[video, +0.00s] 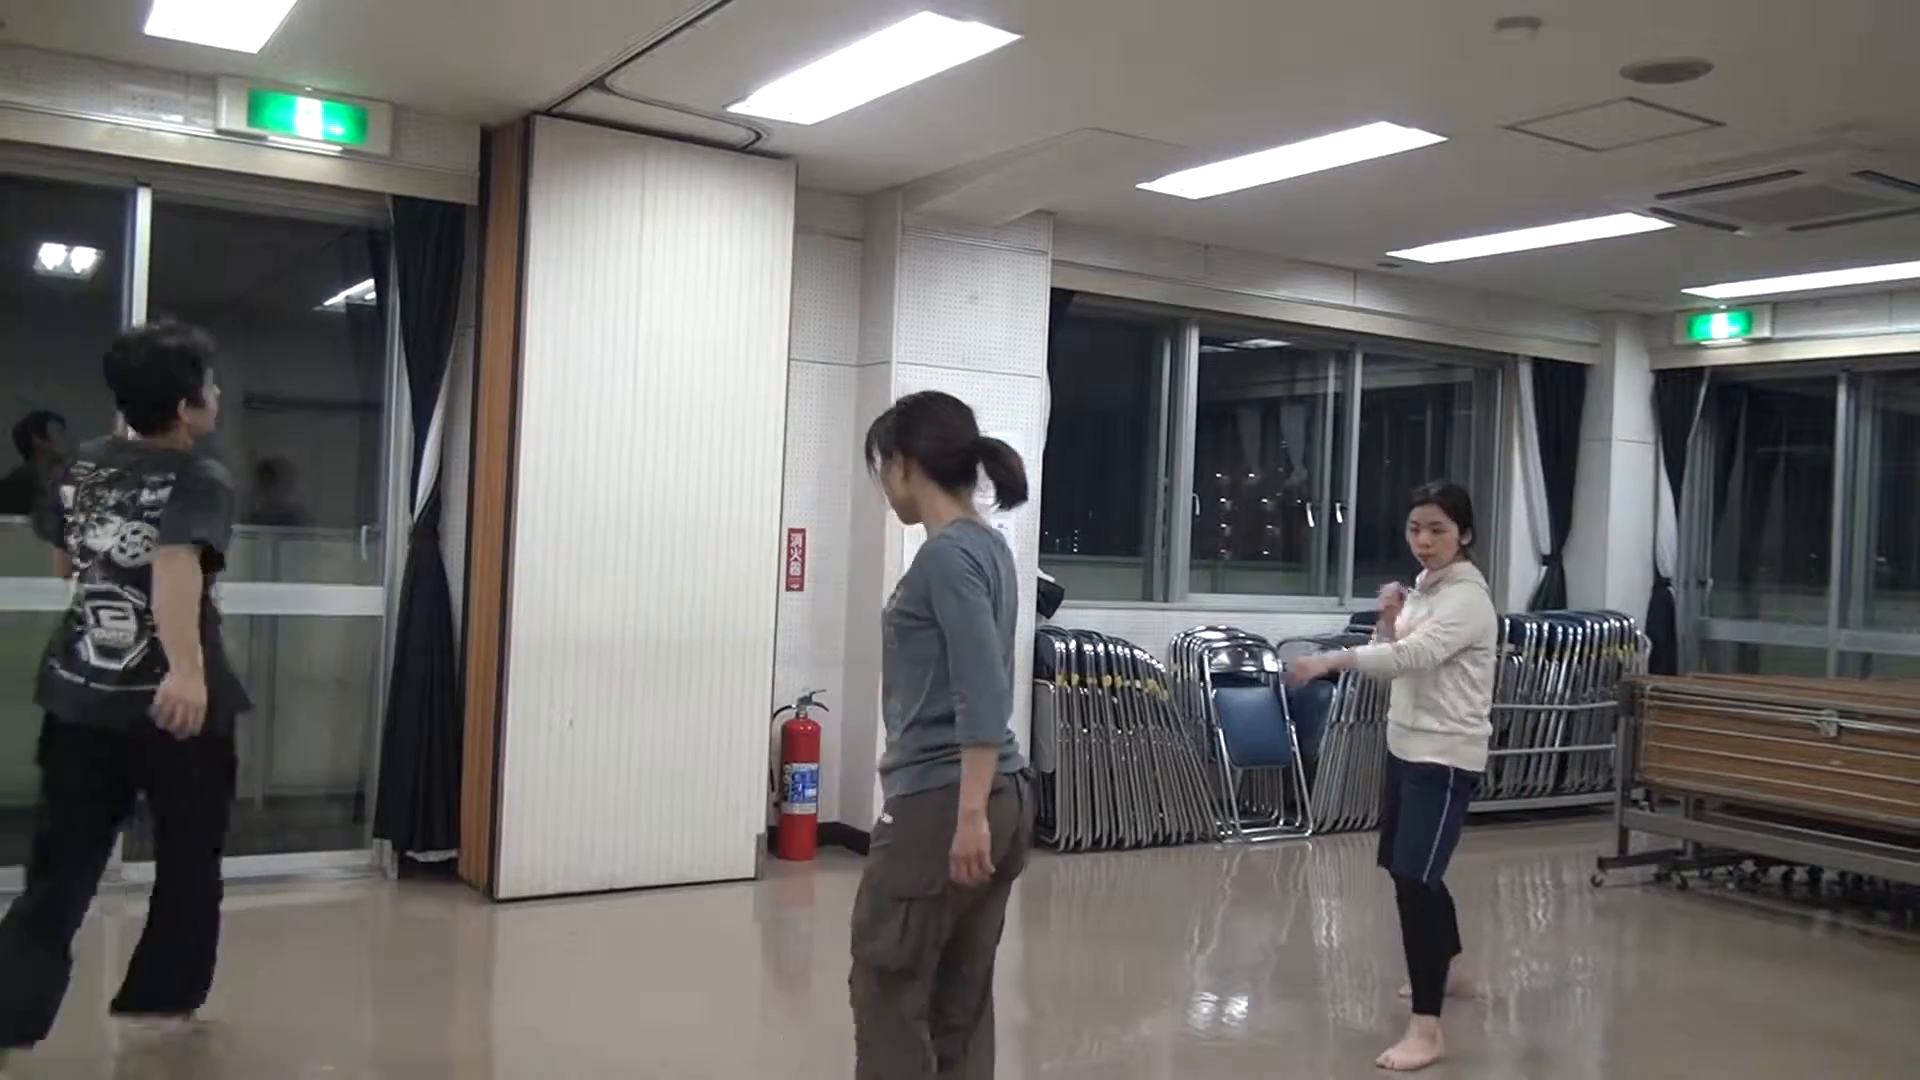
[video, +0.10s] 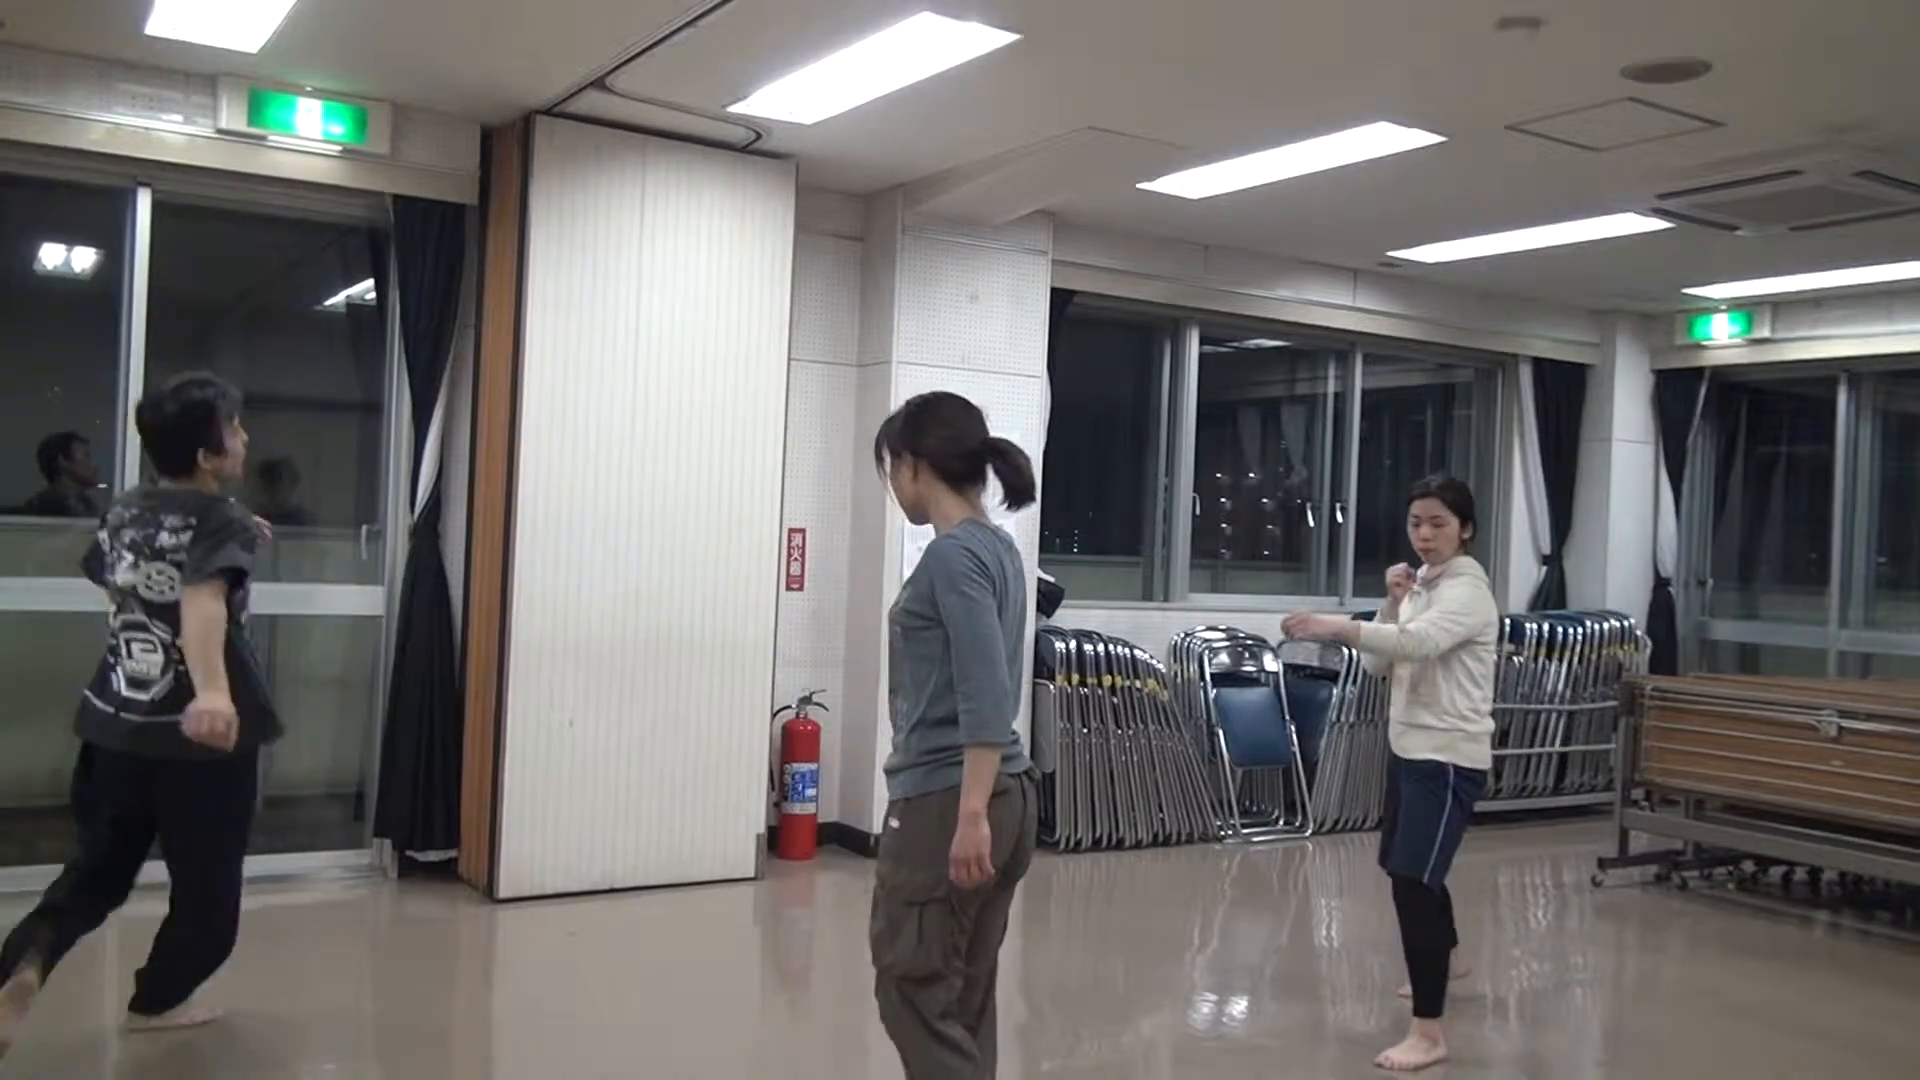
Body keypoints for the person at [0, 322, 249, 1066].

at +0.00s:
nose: (218, 397)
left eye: (212, 385)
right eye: (208, 388)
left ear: (129, 400)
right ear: (183, 404)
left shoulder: (83, 466)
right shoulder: (197, 477)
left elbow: (68, 563)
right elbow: (174, 566)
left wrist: (122, 592)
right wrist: (185, 666)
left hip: (83, 695)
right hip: (176, 700)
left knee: (60, 867)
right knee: (189, 861)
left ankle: (7, 1028)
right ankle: (157, 1009)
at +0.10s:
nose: (244, 438)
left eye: (238, 425)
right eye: (234, 429)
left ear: (161, 448)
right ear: (209, 449)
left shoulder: (124, 512)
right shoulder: (222, 521)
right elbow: (203, 600)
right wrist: (213, 691)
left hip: (115, 730)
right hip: (201, 738)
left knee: (101, 867)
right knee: (207, 897)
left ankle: (23, 969)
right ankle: (156, 1006)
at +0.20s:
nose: (263, 462)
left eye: (257, 450)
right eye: (252, 454)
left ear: (193, 472)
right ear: (222, 473)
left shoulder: (156, 536)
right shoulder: (230, 549)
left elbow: (176, 608)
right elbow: (232, 646)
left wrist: (255, 591)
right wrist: (278, 741)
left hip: (157, 744)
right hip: (220, 751)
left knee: (154, 870)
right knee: (228, 886)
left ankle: (84, 949)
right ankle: (156, 999)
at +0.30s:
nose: (282, 457)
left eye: (276, 446)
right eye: (271, 450)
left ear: (228, 467)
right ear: (238, 467)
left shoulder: (191, 528)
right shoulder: (245, 538)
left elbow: (198, 614)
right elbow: (237, 639)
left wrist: (274, 603)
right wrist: (297, 695)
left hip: (188, 736)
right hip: (233, 740)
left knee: (222, 865)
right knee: (246, 874)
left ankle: (149, 989)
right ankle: (167, 1000)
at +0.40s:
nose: (305, 454)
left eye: (301, 443)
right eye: (293, 446)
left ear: (252, 462)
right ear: (254, 460)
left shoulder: (223, 517)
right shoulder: (255, 526)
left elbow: (216, 604)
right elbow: (241, 623)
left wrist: (291, 604)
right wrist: (302, 634)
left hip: (232, 717)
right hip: (251, 722)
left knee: (272, 833)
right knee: (255, 860)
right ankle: (162, 993)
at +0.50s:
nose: (320, 462)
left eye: (318, 451)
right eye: (307, 454)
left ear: (275, 465)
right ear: (266, 464)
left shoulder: (279, 527)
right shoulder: (256, 533)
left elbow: (273, 616)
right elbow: (249, 623)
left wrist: (316, 613)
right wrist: (322, 613)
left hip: (283, 719)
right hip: (263, 723)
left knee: (312, 821)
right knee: (277, 848)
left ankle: (299, 925)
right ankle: (169, 980)